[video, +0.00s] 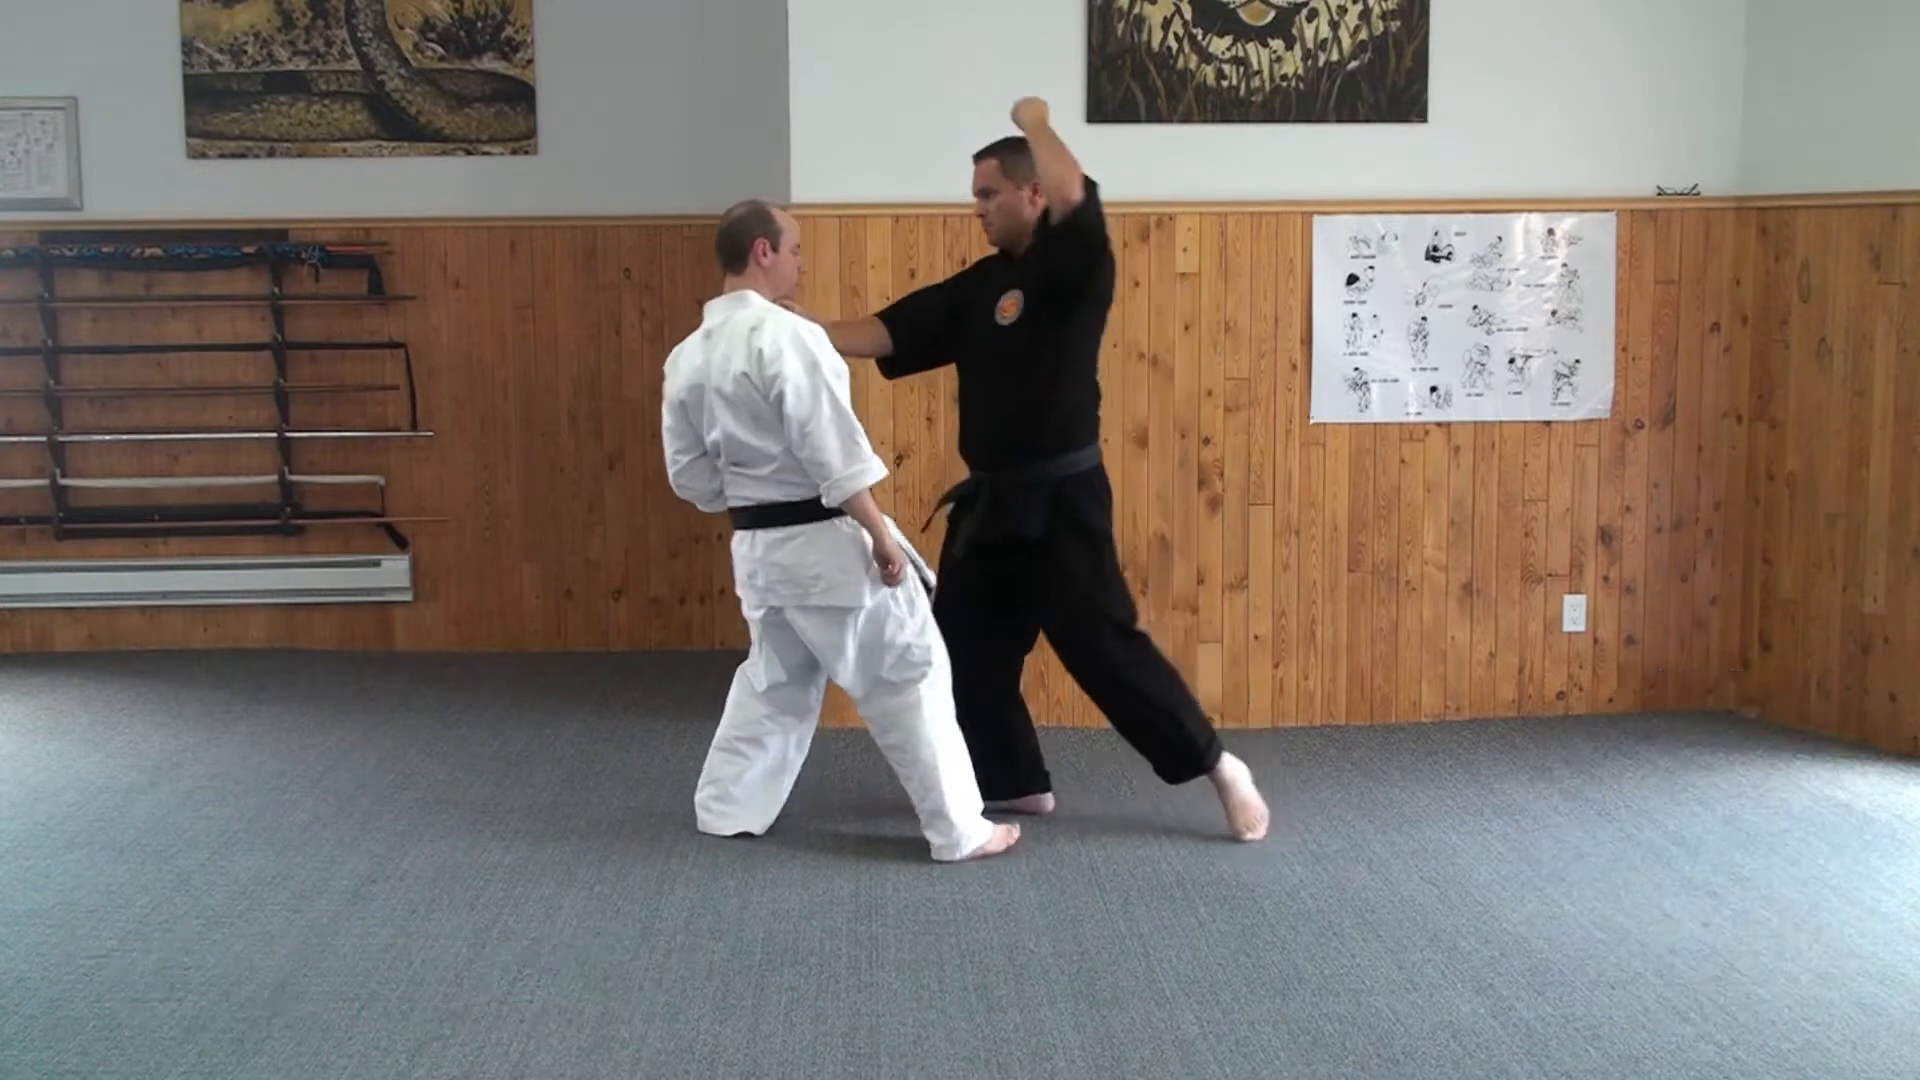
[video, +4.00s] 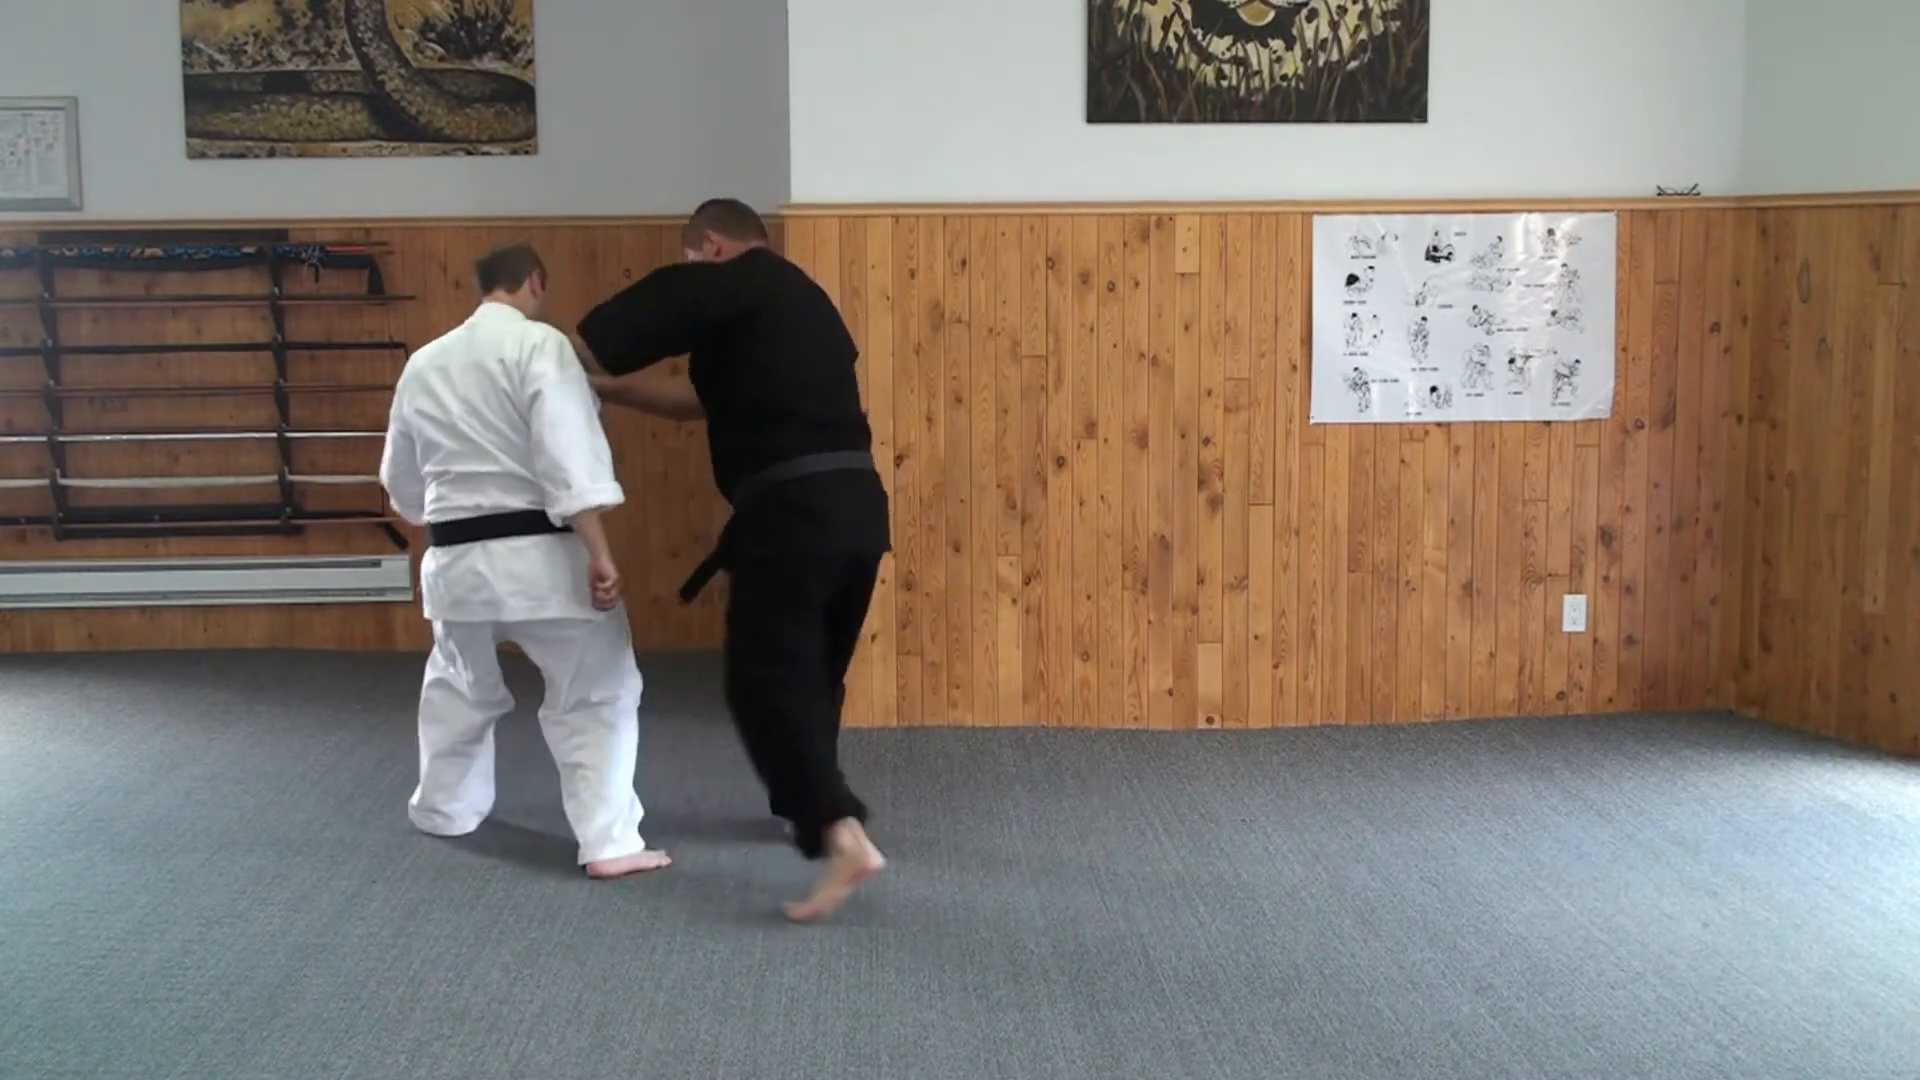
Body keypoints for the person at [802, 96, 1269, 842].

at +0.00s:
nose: (977, 207)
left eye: (987, 193)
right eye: (975, 196)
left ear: (1033, 193)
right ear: (992, 202)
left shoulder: (1072, 262)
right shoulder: (976, 287)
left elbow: (1073, 197)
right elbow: (883, 333)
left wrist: (1037, 130)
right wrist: (792, 333)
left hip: (1063, 491)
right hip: (991, 495)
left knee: (1101, 642)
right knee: (967, 644)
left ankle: (1218, 767)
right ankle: (1017, 784)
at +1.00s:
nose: (835, 206)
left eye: (846, 195)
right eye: (841, 197)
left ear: (872, 206)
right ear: (899, 215)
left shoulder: (837, 269)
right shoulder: (911, 287)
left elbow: (755, 194)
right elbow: (800, 354)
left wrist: (845, 184)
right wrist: (710, 336)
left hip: (836, 512)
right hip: (911, 509)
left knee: (752, 666)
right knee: (925, 654)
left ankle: (724, 847)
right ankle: (995, 789)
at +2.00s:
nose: (788, 216)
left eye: (792, 204)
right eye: (793, 203)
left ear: (812, 208)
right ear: (865, 216)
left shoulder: (776, 285)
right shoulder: (896, 298)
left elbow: (676, 316)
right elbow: (817, 378)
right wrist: (705, 361)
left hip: (790, 527)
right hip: (880, 522)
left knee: (715, 683)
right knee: (904, 666)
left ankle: (722, 855)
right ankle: (962, 807)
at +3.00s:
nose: (729, 361)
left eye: (730, 351)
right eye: (731, 352)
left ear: (752, 340)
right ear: (792, 330)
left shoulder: (762, 373)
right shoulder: (853, 371)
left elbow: (647, 341)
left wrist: (579, 307)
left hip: (894, 586)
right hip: (938, 566)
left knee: (968, 730)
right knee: (825, 653)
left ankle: (1121, 865)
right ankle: (826, 807)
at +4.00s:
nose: (691, 264)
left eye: (692, 253)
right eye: (693, 254)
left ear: (711, 243)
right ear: (756, 242)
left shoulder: (713, 282)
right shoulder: (804, 296)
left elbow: (590, 348)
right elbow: (704, 396)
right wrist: (605, 387)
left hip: (788, 510)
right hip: (858, 505)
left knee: (761, 681)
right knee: (817, 672)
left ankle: (844, 836)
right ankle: (815, 814)